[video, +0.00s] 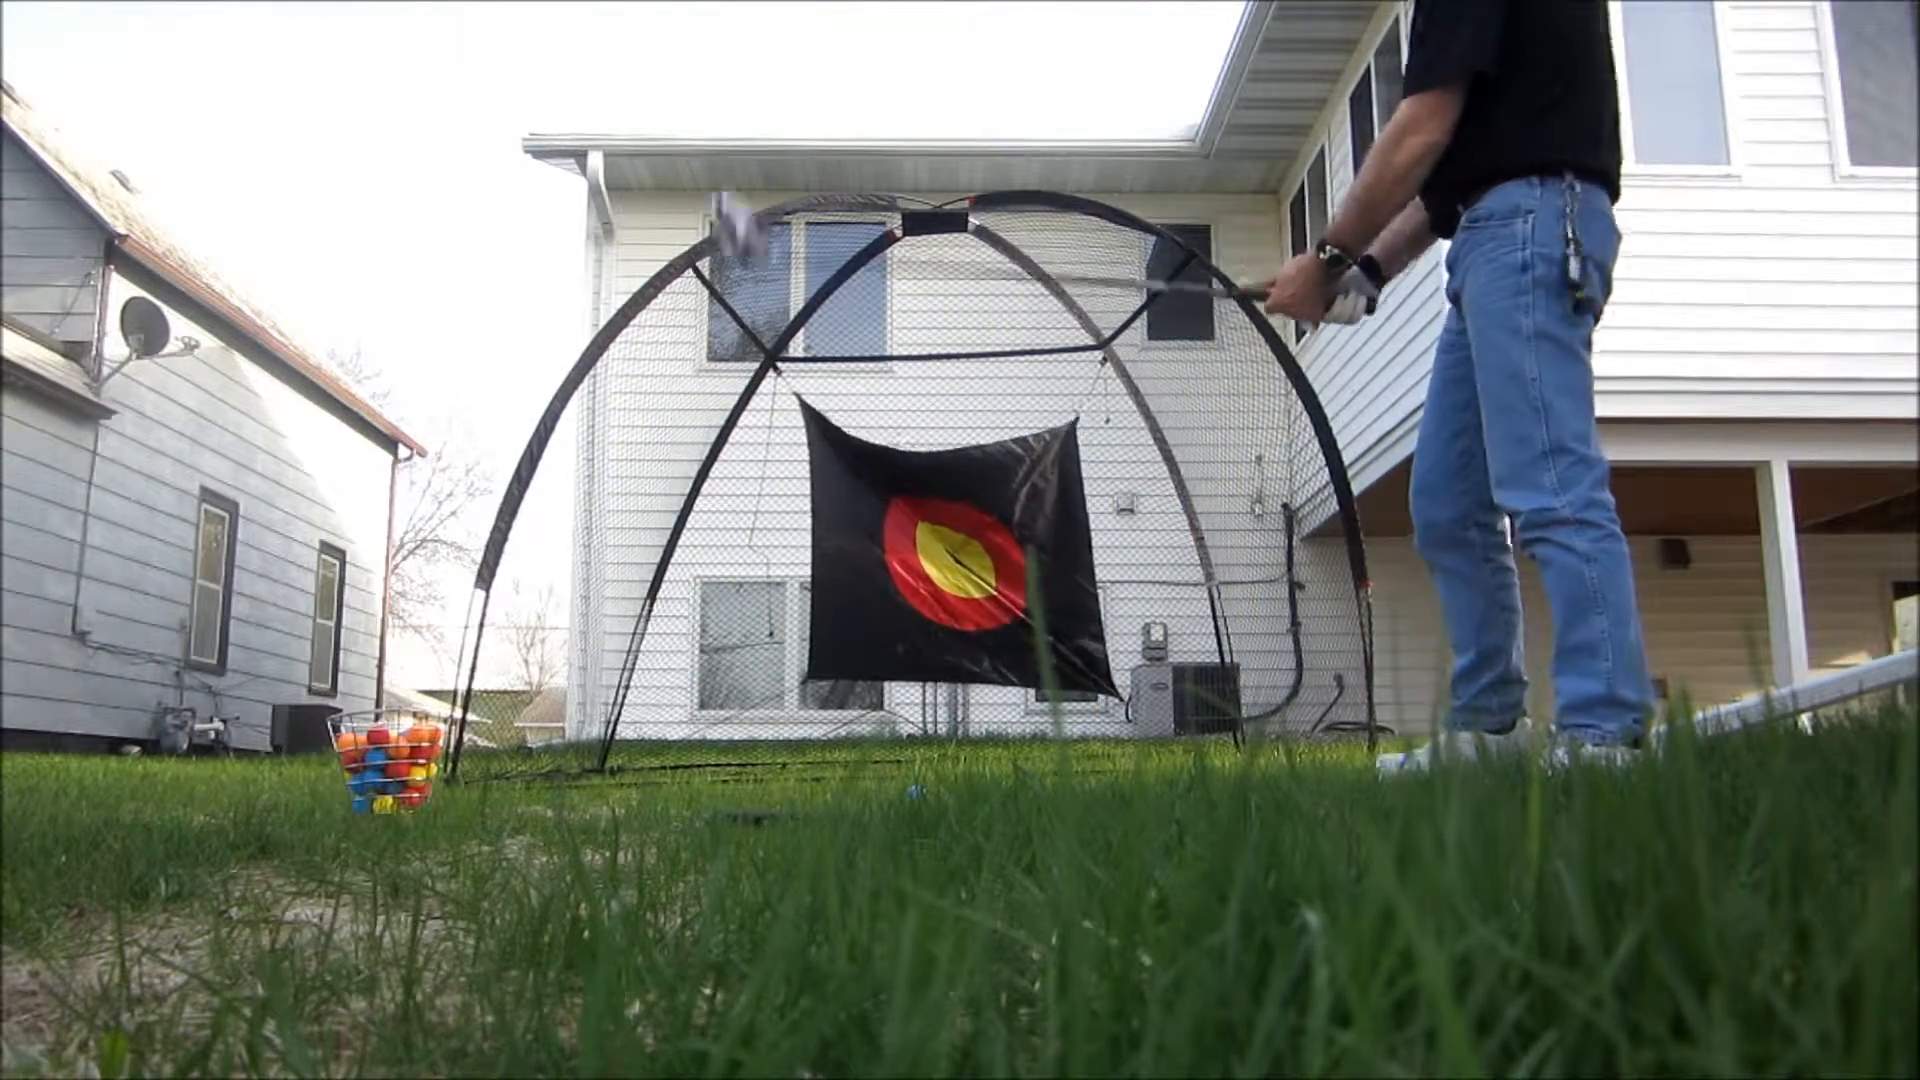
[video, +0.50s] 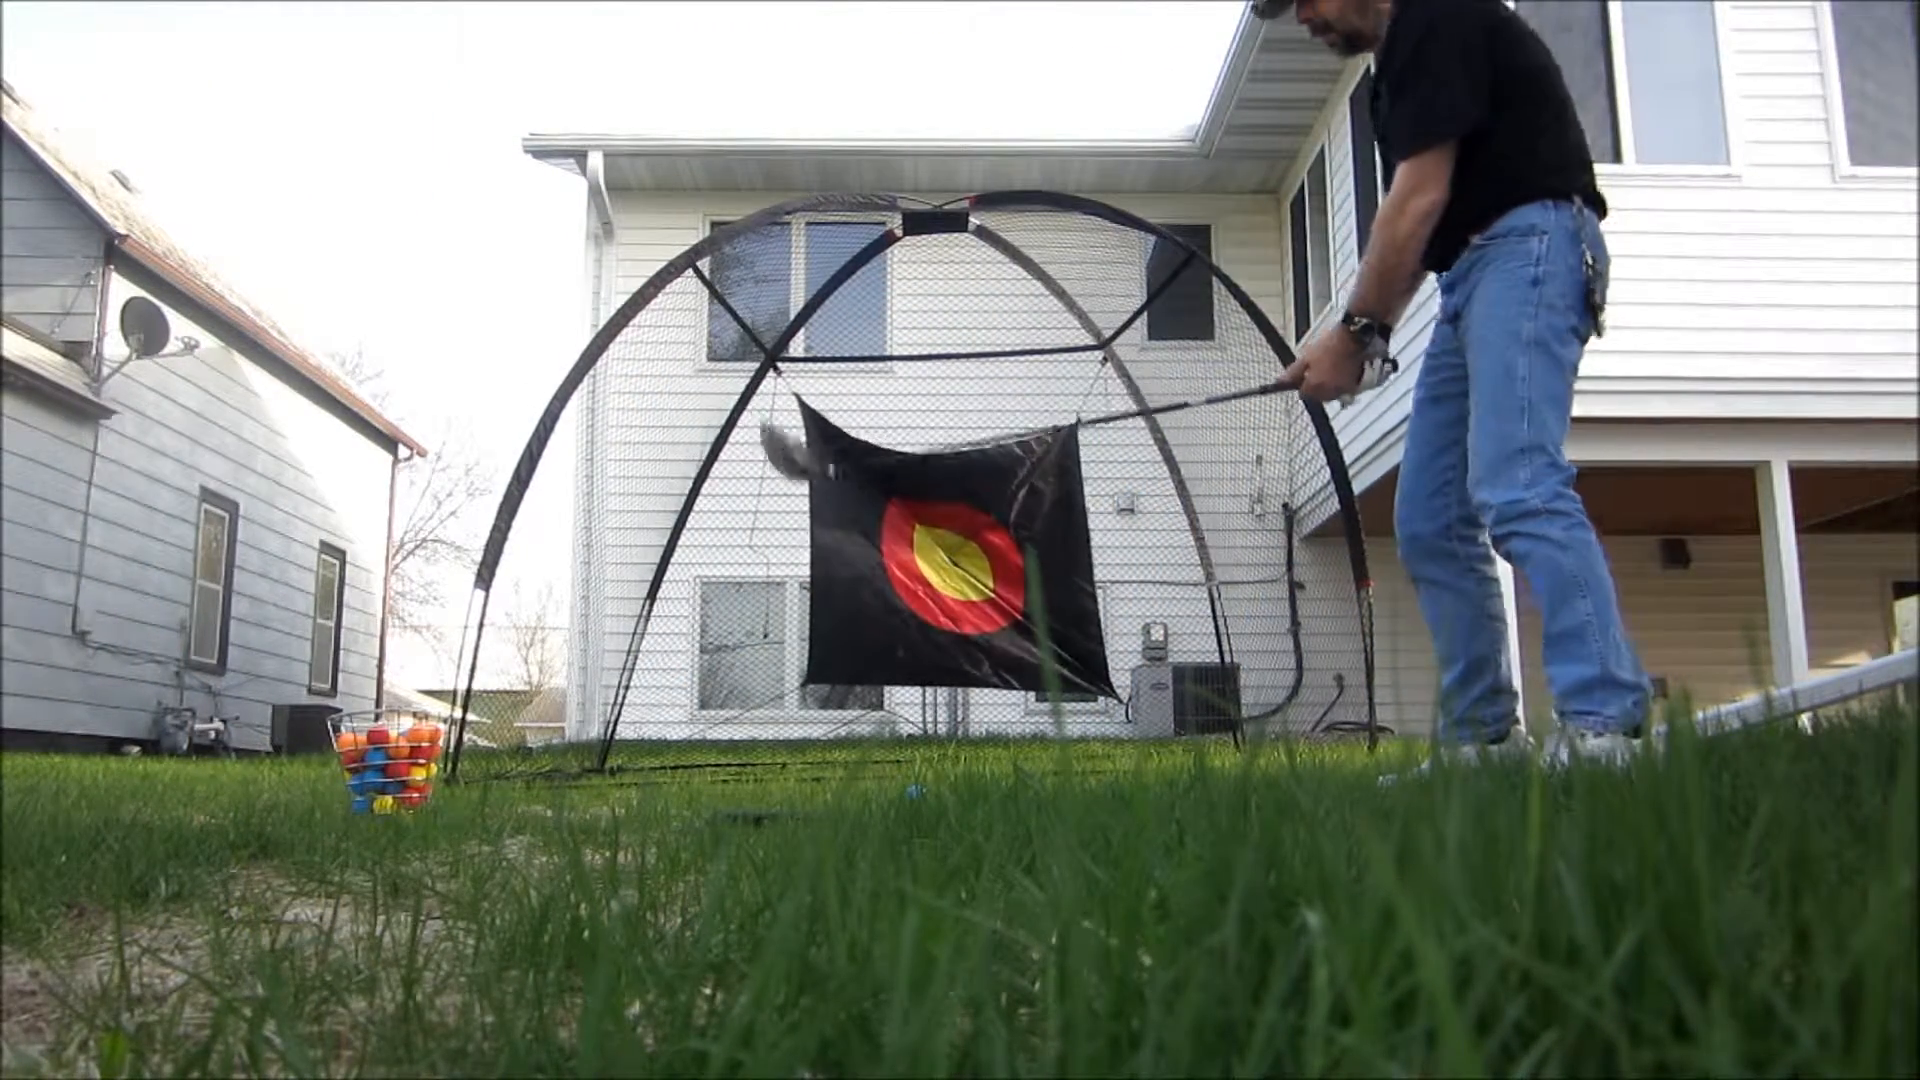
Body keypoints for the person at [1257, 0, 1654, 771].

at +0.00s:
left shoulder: (1468, 4)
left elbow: (1424, 125)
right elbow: (1465, 167)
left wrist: (1327, 257)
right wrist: (1366, 270)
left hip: (1530, 214)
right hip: (1489, 230)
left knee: (1555, 494)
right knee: (1449, 503)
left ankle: (1605, 733)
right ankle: (1487, 728)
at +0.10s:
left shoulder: (1464, 3)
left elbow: (1419, 144)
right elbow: (1455, 175)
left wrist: (1329, 281)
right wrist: (1368, 288)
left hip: (1526, 224)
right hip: (1484, 242)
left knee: (1546, 496)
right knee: (1444, 507)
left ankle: (1605, 734)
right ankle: (1482, 735)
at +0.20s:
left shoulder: (1453, 4)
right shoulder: (1450, 30)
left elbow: (1421, 151)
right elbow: (1446, 191)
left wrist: (1335, 298)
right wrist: (1370, 302)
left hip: (1525, 231)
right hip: (1476, 253)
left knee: (1542, 497)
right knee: (1433, 513)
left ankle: (1603, 732)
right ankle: (1481, 736)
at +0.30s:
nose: (1353, 13)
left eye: (1352, 3)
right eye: (1348, 10)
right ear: (1384, 1)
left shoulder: (1448, 9)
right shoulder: (1422, 42)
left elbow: (1419, 175)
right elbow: (1431, 214)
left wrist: (1339, 310)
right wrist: (1363, 322)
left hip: (1524, 240)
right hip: (1465, 271)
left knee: (1534, 495)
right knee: (1428, 518)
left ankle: (1599, 730)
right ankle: (1481, 738)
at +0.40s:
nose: (1315, 19)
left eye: (1317, 4)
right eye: (1308, 14)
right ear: (1347, 10)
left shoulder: (1438, 19)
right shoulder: (1388, 76)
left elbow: (1421, 196)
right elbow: (1408, 216)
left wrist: (1350, 324)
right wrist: (1358, 326)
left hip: (1528, 242)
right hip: (1464, 278)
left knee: (1515, 489)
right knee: (1428, 520)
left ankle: (1605, 719)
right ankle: (1481, 738)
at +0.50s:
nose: (1305, 20)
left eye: (1307, 3)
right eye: (1297, 14)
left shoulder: (1434, 20)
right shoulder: (1382, 83)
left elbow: (1423, 197)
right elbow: (1408, 214)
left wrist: (1356, 331)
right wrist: (1352, 330)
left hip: (1529, 242)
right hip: (1467, 279)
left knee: (1519, 486)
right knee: (1431, 521)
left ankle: (1607, 721)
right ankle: (1481, 739)